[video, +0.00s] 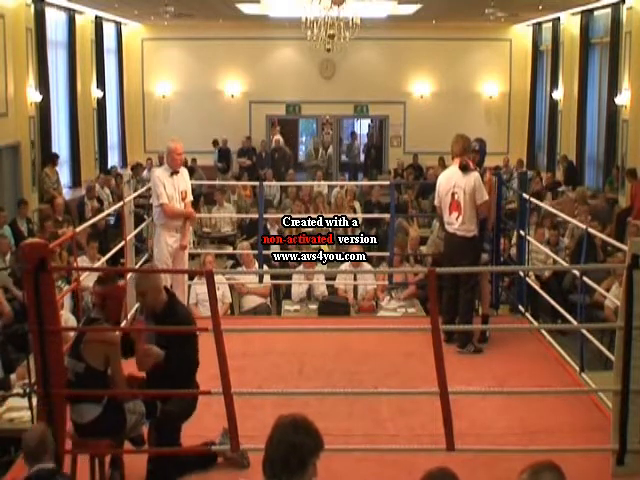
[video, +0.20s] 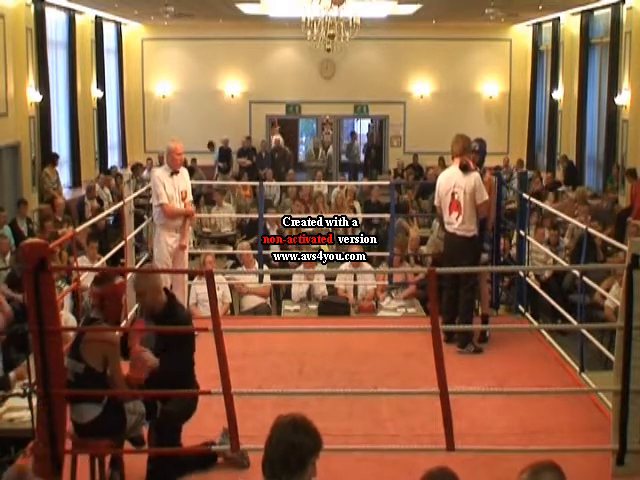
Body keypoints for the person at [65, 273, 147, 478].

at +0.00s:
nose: (123, 306)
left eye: (123, 299)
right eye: (120, 299)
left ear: (97, 300)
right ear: (107, 301)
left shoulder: (86, 325)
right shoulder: (109, 334)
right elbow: (120, 390)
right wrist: (138, 393)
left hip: (79, 421)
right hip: (98, 423)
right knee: (138, 406)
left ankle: (116, 463)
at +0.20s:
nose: (123, 305)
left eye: (122, 298)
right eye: (118, 299)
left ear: (97, 301)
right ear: (104, 302)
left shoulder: (86, 326)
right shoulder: (108, 334)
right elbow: (120, 390)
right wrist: (138, 390)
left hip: (80, 421)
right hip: (98, 423)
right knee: (138, 407)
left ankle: (116, 463)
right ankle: (115, 464)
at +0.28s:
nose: (119, 304)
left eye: (119, 298)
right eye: (113, 299)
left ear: (95, 302)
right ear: (97, 300)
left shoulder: (86, 326)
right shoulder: (107, 336)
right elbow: (119, 391)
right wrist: (138, 391)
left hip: (80, 421)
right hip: (97, 423)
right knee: (141, 407)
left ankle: (116, 464)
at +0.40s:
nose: (119, 303)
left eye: (118, 296)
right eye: (114, 298)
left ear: (94, 301)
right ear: (100, 301)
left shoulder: (84, 327)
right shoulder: (107, 339)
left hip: (79, 421)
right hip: (98, 423)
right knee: (138, 407)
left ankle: (116, 462)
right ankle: (115, 463)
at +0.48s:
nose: (120, 302)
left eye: (118, 296)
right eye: (114, 297)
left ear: (94, 301)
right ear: (99, 301)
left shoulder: (84, 327)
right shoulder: (107, 339)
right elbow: (115, 387)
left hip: (79, 420)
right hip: (96, 423)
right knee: (137, 407)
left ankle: (116, 462)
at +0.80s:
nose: (118, 302)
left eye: (117, 296)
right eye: (114, 297)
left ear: (92, 302)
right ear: (104, 302)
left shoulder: (80, 331)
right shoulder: (107, 340)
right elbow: (115, 383)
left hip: (78, 421)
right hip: (96, 424)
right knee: (137, 407)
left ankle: (116, 461)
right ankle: (134, 433)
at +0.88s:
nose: (118, 301)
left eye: (116, 295)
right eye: (114, 296)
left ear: (91, 302)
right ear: (103, 302)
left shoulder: (81, 330)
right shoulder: (106, 339)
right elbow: (115, 383)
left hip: (78, 419)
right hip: (95, 423)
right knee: (137, 410)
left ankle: (118, 463)